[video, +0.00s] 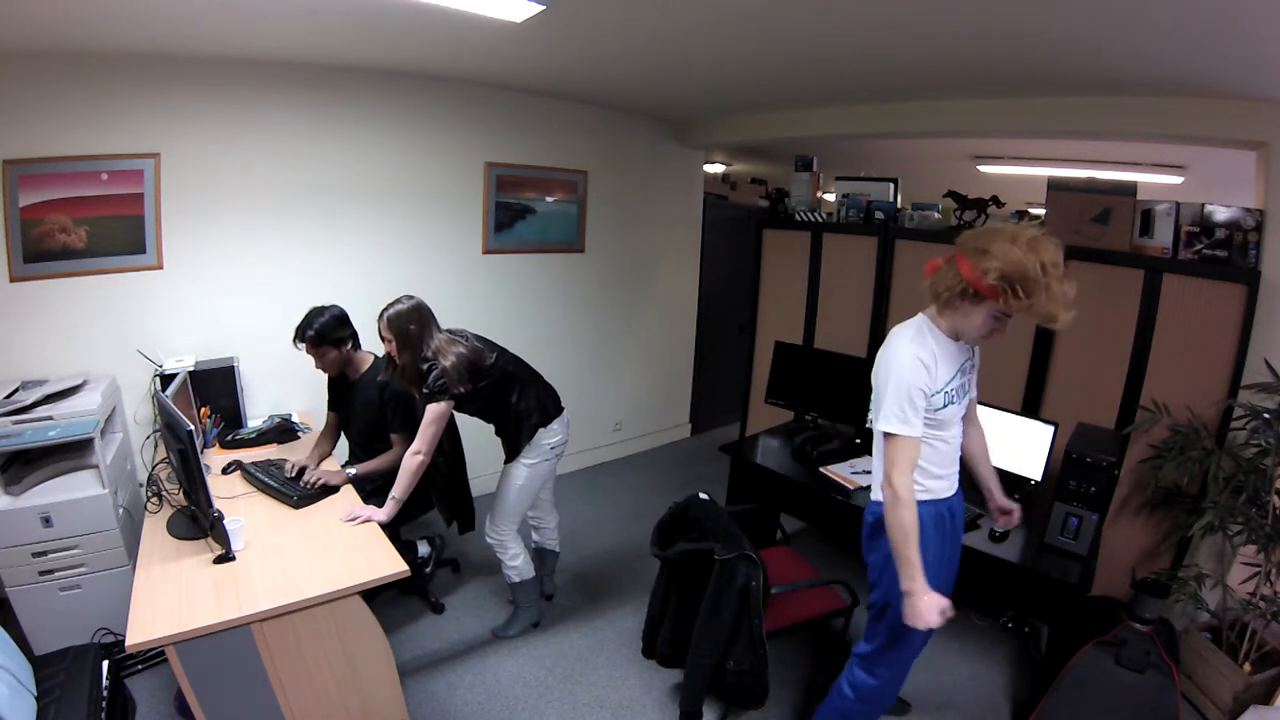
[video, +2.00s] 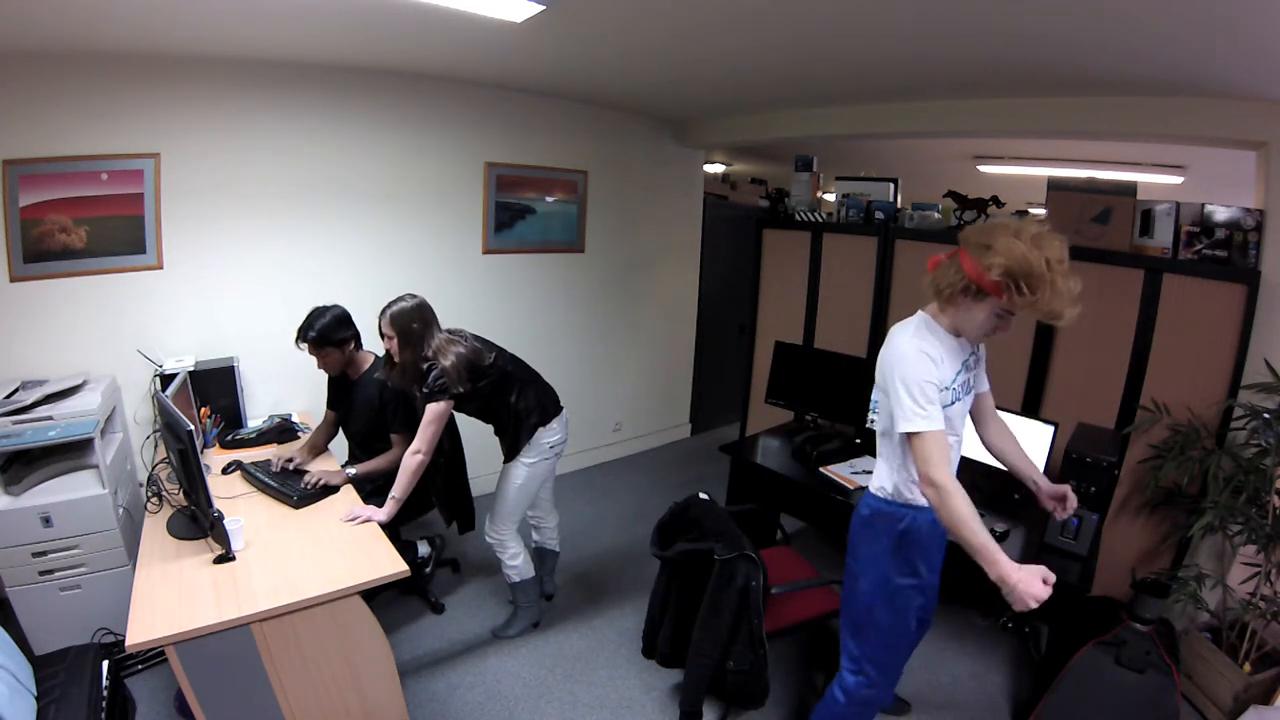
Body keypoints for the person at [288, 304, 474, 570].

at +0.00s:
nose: (316, 364)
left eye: (320, 355)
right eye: (312, 356)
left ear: (346, 345)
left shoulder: (389, 382)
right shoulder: (339, 376)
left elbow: (403, 450)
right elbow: (332, 429)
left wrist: (347, 474)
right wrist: (311, 459)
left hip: (406, 477)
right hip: (364, 474)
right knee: (320, 513)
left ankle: (419, 552)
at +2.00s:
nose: (318, 363)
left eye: (322, 355)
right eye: (315, 356)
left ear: (349, 346)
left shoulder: (389, 381)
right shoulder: (339, 374)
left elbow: (403, 451)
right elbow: (330, 424)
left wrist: (346, 473)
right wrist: (303, 453)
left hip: (402, 477)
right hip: (362, 473)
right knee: (317, 512)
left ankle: (419, 553)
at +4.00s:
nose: (318, 358)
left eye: (324, 349)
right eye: (315, 349)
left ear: (352, 343)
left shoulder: (389, 382)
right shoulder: (337, 374)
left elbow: (402, 451)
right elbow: (311, 425)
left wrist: (346, 474)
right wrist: (263, 453)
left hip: (404, 479)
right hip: (363, 475)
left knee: (342, 531)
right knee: (315, 513)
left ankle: (418, 554)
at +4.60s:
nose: (314, 357)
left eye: (319, 348)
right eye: (312, 349)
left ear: (347, 346)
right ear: (342, 347)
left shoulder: (391, 381)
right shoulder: (337, 378)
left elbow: (404, 451)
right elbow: (312, 427)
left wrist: (346, 473)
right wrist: (261, 453)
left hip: (405, 479)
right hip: (362, 474)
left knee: (345, 533)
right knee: (315, 514)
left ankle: (419, 553)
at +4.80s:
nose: (312, 356)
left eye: (316, 348)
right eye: (310, 348)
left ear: (343, 346)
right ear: (337, 348)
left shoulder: (392, 380)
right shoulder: (337, 378)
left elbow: (407, 448)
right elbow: (312, 428)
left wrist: (346, 473)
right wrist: (261, 453)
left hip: (415, 477)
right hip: (372, 470)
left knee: (353, 532)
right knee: (322, 514)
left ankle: (418, 554)